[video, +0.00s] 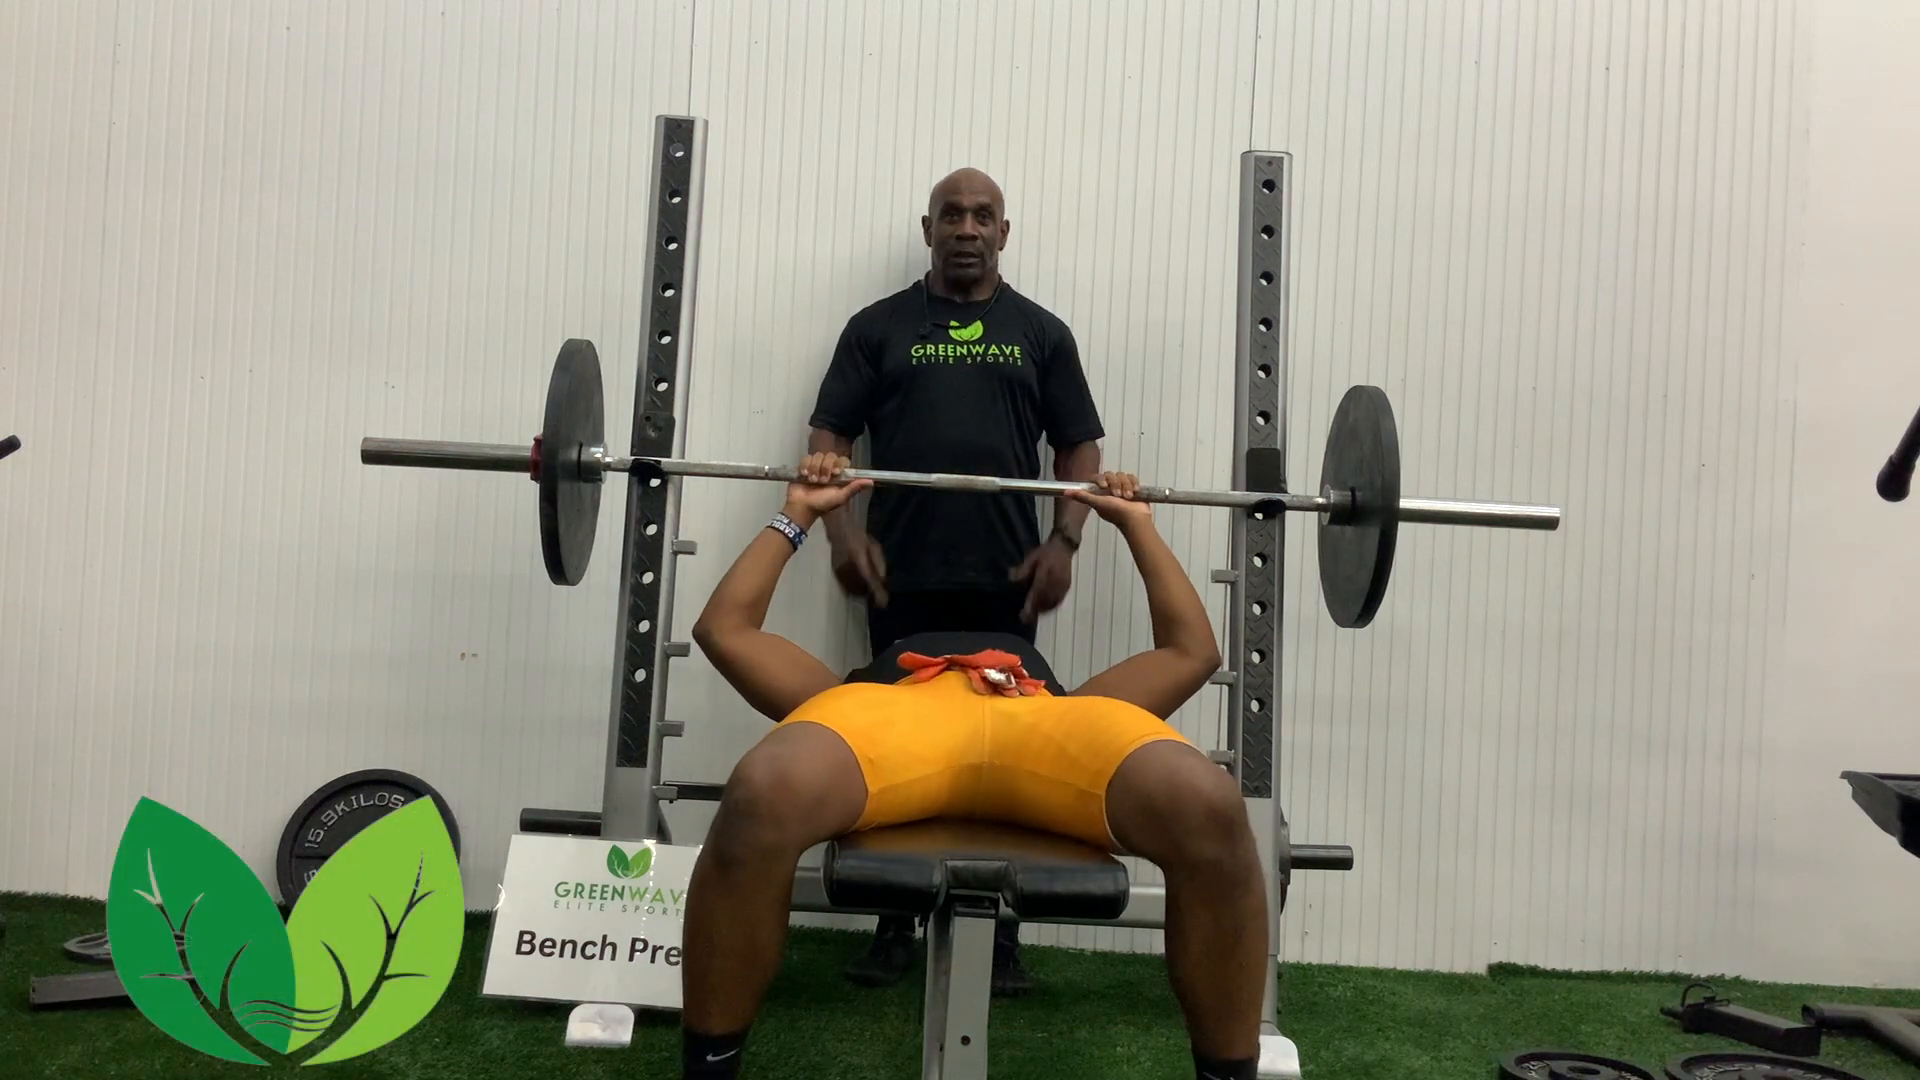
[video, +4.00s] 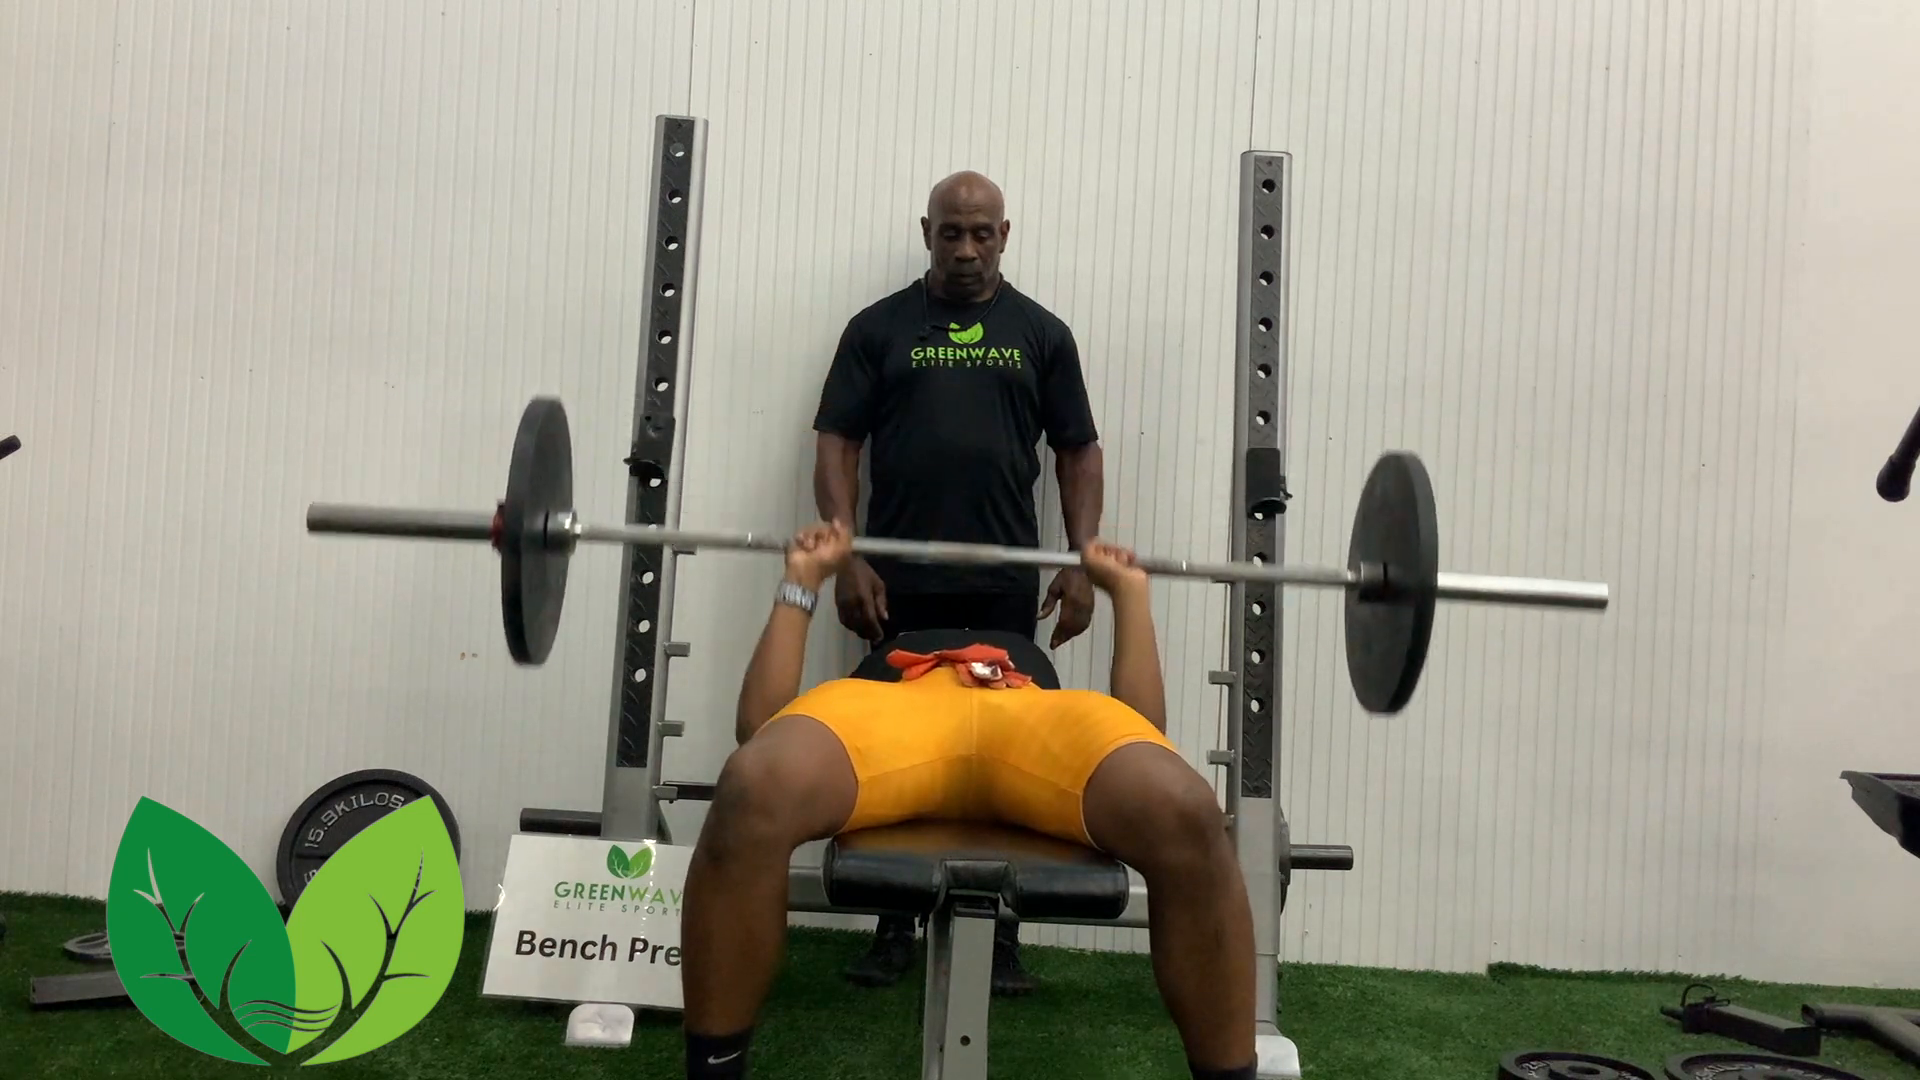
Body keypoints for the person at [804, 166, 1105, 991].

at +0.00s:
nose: (968, 229)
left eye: (983, 216)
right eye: (953, 216)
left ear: (1005, 231)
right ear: (928, 230)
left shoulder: (1042, 335)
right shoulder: (877, 329)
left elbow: (1078, 451)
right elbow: (828, 441)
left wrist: (1063, 541)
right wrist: (844, 530)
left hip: (1005, 584)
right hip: (900, 582)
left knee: (1014, 750)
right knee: (893, 749)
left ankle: (1000, 926)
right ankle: (897, 919)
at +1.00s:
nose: (968, 246)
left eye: (984, 232)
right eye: (952, 230)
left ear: (1004, 238)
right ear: (925, 235)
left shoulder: (1042, 334)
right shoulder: (874, 330)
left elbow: (1076, 454)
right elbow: (829, 457)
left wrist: (1085, 558)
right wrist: (840, 561)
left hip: (1006, 585)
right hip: (901, 582)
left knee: (1012, 752)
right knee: (890, 749)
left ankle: (1000, 928)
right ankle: (896, 919)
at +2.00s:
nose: (972, 248)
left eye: (987, 234)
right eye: (956, 233)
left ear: (1006, 238)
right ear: (927, 236)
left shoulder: (1041, 335)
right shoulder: (876, 332)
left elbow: (1078, 457)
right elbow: (833, 456)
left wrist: (1082, 558)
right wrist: (849, 561)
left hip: (1007, 583)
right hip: (903, 580)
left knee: (1013, 750)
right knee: (892, 747)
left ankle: (1000, 930)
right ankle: (896, 922)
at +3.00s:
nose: (959, 246)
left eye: (977, 232)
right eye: (946, 229)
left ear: (1006, 241)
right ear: (928, 233)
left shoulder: (1045, 337)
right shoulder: (875, 330)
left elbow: (1078, 460)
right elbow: (845, 456)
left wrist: (1082, 560)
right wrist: (849, 558)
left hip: (1007, 579)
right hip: (899, 573)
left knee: (1011, 752)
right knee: (891, 744)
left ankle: (999, 927)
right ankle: (897, 917)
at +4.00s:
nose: (967, 248)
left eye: (983, 235)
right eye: (952, 233)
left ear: (1005, 239)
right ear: (926, 237)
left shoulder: (1042, 336)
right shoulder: (877, 330)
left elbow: (1078, 455)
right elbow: (836, 445)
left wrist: (1083, 563)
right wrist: (844, 556)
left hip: (1006, 590)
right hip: (900, 585)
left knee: (1011, 759)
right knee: (889, 754)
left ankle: (1000, 931)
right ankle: (894, 924)